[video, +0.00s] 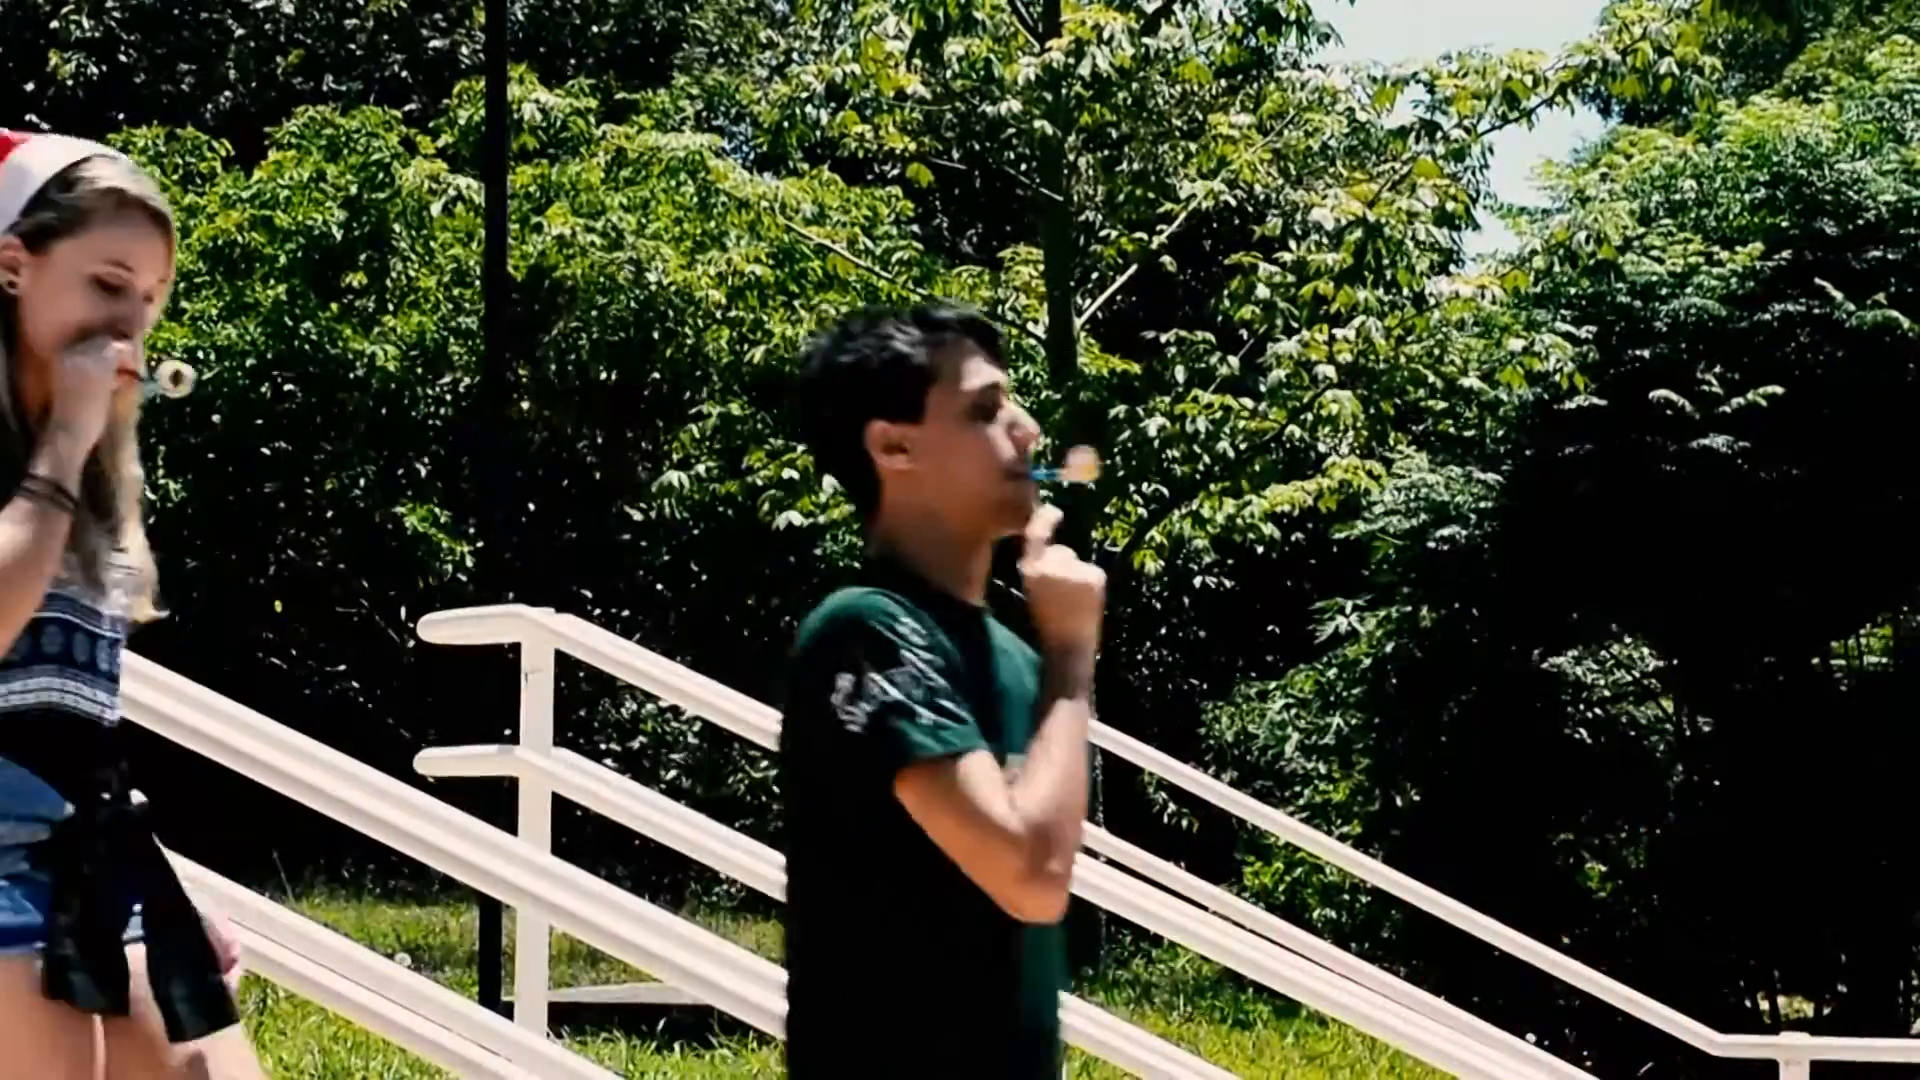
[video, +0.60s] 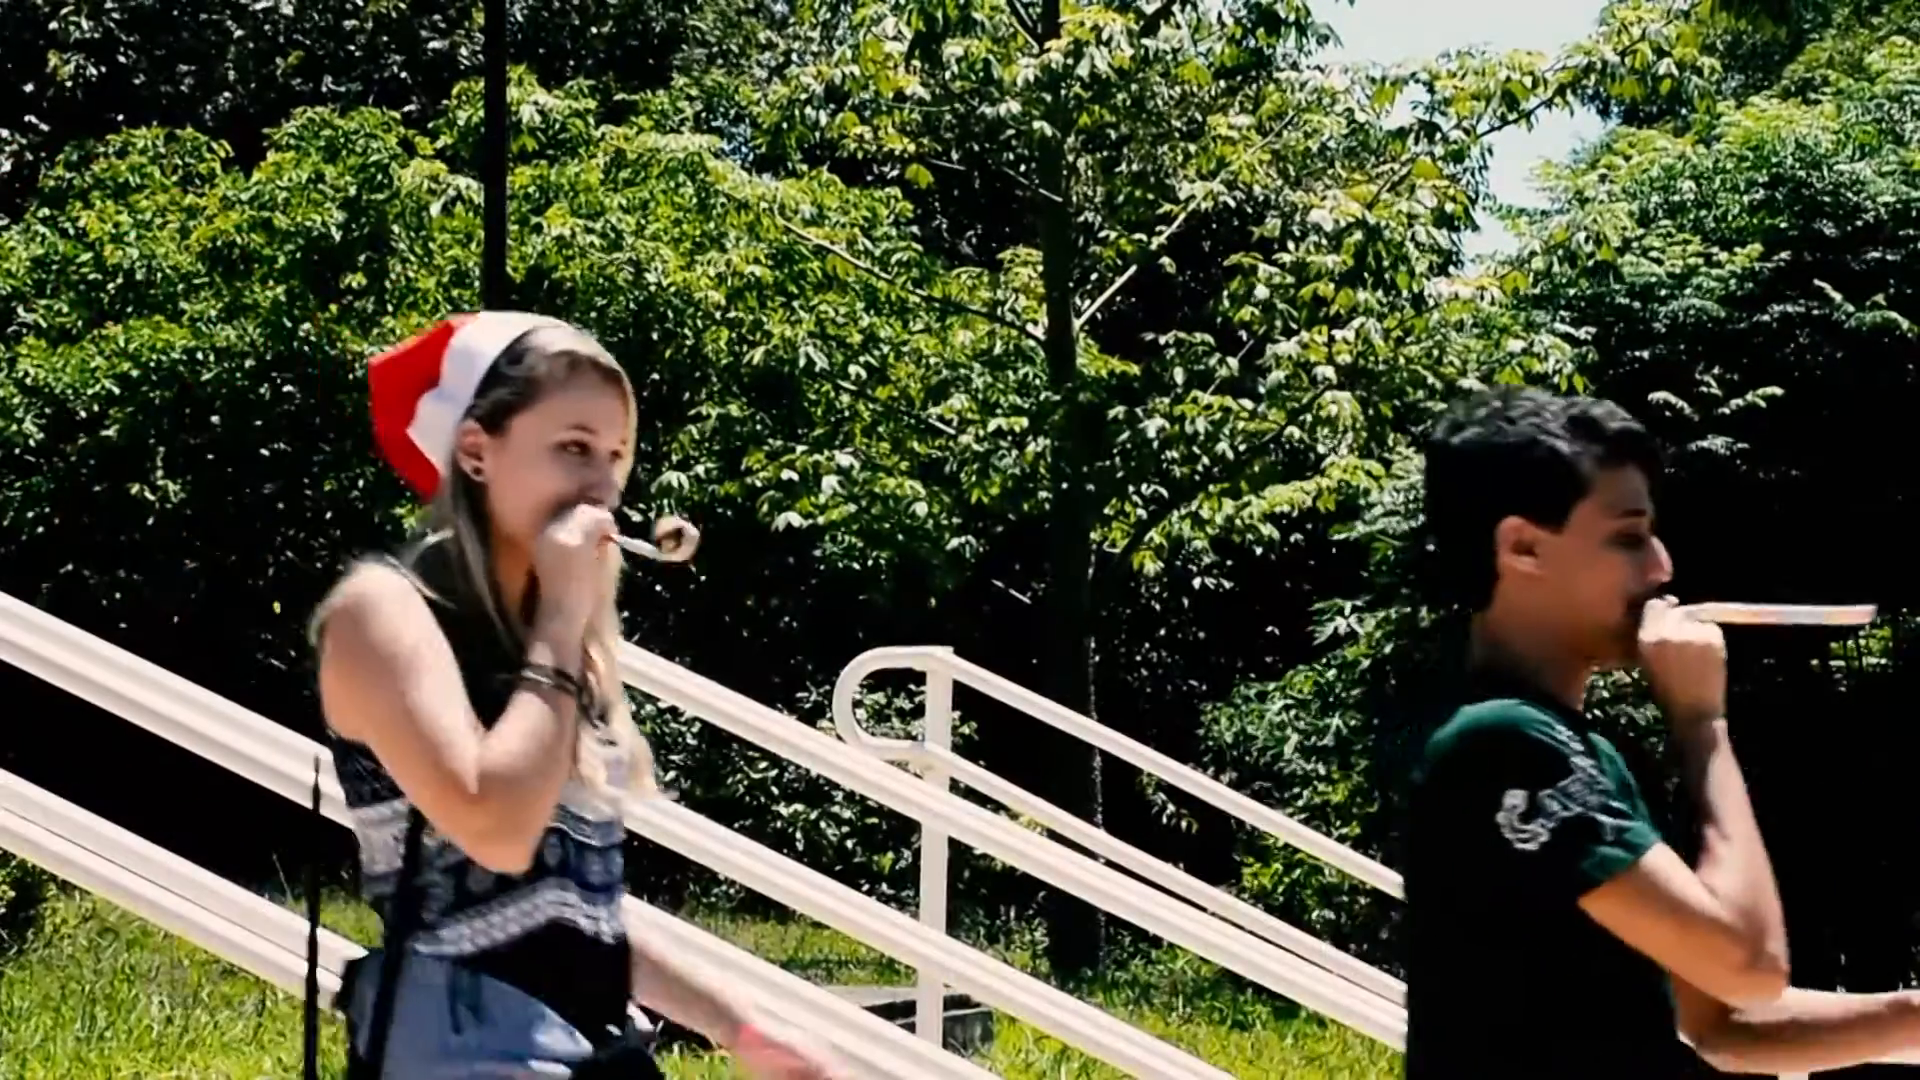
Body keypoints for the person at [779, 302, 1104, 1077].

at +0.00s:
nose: (1027, 429)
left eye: (1012, 403)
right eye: (986, 411)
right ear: (894, 447)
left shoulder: (1015, 655)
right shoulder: (862, 633)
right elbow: (1035, 877)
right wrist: (1070, 657)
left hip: (1015, 1052)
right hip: (886, 1054)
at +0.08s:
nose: (1126, 464)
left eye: (1108, 434)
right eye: (1082, 443)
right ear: (991, 487)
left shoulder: (1115, 683)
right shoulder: (965, 675)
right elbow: (1124, 926)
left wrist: (1156, 1056)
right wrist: (1168, 714)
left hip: (1135, 1060)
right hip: (1008, 1062)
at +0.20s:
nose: (1268, 534)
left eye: (1251, 507)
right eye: (1224, 514)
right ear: (1127, 552)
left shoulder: (1268, 758)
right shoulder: (1104, 744)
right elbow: (1313, 962)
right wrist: (1319, 738)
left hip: (1298, 1062)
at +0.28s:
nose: (1356, 535)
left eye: (1343, 505)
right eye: (1315, 512)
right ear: (1215, 541)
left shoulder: (1341, 757)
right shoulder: (1191, 732)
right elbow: (1422, 938)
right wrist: (1407, 714)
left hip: (1380, 1061)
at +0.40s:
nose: (1474, 541)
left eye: (1460, 511)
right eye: (1435, 514)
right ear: (1331, 535)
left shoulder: (1444, 748)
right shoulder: (1305, 725)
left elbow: (1519, 1026)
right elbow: (1544, 934)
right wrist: (1509, 700)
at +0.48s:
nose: (1556, 546)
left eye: (1542, 514)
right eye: (1517, 520)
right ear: (1414, 537)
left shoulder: (1506, 743)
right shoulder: (1391, 731)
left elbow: (1614, 1019)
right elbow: (1625, 947)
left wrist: (1813, 1064)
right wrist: (1591, 714)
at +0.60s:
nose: (1663, 565)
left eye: (1650, 535)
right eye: (1629, 537)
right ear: (1524, 549)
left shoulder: (1589, 754)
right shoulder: (1500, 744)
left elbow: (1716, 1030)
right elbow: (1750, 959)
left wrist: (1906, 1018)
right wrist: (1699, 719)